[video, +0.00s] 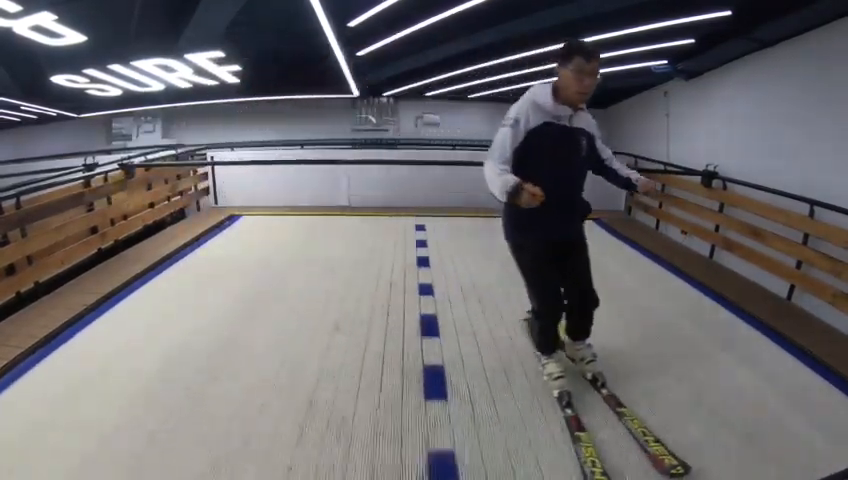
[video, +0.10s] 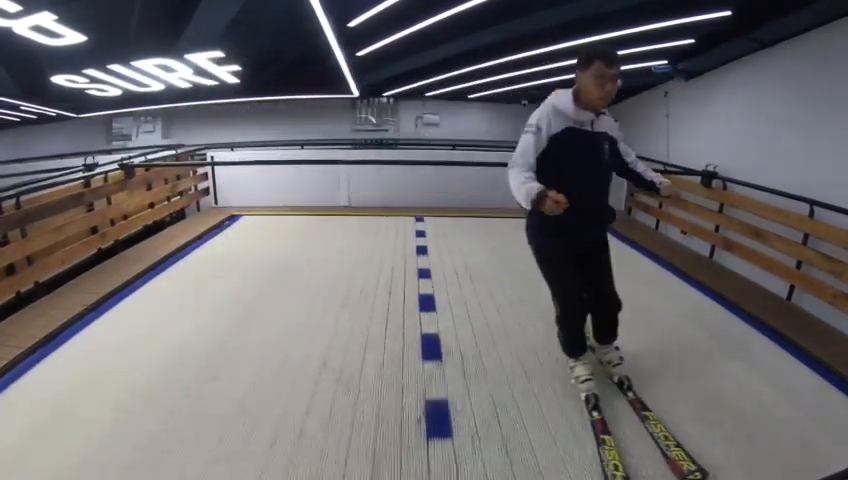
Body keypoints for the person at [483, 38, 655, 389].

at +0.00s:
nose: (587, 83)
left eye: (593, 76)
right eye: (580, 74)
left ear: (598, 79)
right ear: (560, 71)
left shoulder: (584, 121)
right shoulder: (527, 110)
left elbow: (602, 161)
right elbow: (495, 164)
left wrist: (636, 181)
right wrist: (512, 188)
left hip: (567, 218)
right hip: (527, 219)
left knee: (583, 294)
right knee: (547, 298)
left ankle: (576, 342)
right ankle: (548, 353)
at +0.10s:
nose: (609, 89)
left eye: (614, 82)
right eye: (602, 80)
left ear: (618, 85)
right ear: (579, 77)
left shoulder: (606, 125)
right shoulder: (549, 115)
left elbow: (628, 163)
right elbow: (518, 170)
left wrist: (657, 183)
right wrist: (537, 196)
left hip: (591, 225)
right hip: (552, 227)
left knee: (605, 296)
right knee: (571, 299)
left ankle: (605, 346)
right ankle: (578, 358)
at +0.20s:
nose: (625, 93)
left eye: (630, 85)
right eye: (617, 84)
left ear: (633, 86)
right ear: (595, 80)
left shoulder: (625, 128)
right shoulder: (566, 120)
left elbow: (648, 167)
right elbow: (536, 175)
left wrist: (680, 187)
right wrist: (552, 201)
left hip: (610, 231)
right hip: (569, 233)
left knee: (624, 301)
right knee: (589, 305)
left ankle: (627, 349)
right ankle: (598, 363)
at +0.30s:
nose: (634, 95)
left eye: (639, 87)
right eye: (626, 87)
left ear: (644, 89)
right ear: (604, 84)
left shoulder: (641, 132)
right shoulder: (576, 123)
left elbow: (665, 172)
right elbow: (546, 175)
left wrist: (697, 190)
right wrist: (557, 204)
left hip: (622, 234)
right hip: (580, 235)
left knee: (637, 305)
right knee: (599, 308)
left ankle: (644, 357)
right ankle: (609, 368)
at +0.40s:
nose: (638, 96)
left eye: (644, 88)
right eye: (630, 88)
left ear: (649, 89)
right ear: (608, 85)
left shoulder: (650, 133)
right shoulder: (580, 125)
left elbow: (675, 172)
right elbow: (550, 175)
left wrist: (707, 190)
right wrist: (553, 202)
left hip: (629, 237)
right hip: (584, 237)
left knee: (640, 307)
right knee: (601, 313)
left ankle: (655, 365)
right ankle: (613, 374)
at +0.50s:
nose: (637, 96)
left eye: (643, 88)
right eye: (629, 88)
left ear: (648, 89)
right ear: (607, 85)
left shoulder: (653, 136)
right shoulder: (578, 127)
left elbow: (680, 173)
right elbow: (548, 174)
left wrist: (710, 193)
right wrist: (543, 201)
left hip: (630, 241)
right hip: (583, 241)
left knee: (639, 311)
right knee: (599, 317)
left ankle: (658, 371)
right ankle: (612, 377)